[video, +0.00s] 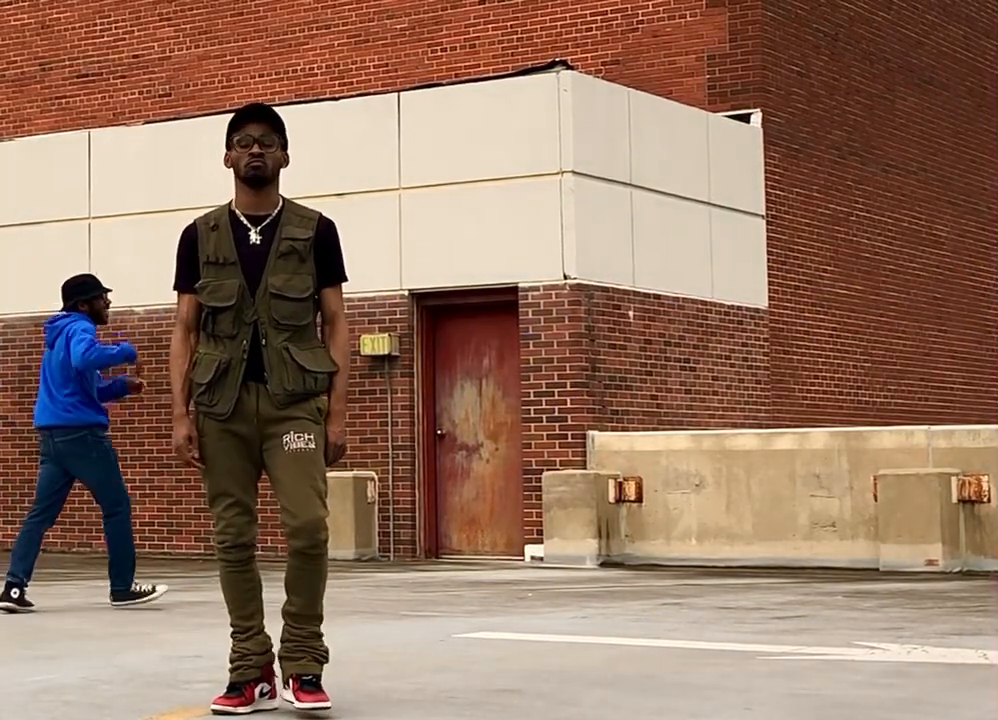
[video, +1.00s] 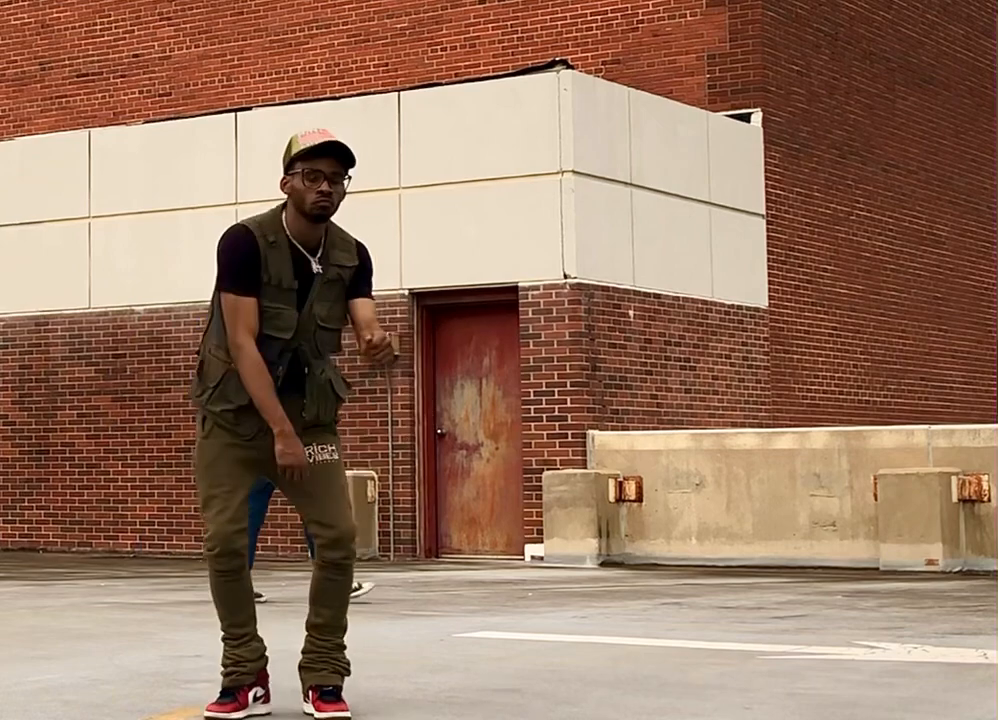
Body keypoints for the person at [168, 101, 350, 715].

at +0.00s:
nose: (255, 151)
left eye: (266, 143)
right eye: (244, 144)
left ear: (284, 156)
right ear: (228, 158)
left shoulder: (314, 229)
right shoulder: (199, 234)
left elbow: (336, 320)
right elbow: (184, 328)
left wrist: (336, 403)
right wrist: (180, 411)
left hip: (296, 403)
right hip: (221, 405)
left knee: (309, 529)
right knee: (232, 540)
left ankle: (303, 664)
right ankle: (249, 668)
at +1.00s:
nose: (324, 188)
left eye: (335, 180)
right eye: (312, 177)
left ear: (346, 188)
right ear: (286, 181)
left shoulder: (352, 256)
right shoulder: (244, 243)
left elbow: (366, 324)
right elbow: (242, 346)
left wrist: (378, 342)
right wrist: (282, 430)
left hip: (310, 415)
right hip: (234, 414)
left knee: (337, 542)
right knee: (224, 544)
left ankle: (324, 677)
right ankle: (244, 674)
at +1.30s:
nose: (281, 163)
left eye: (292, 156)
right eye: (269, 156)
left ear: (309, 169)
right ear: (253, 169)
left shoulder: (341, 246)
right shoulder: (220, 240)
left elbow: (350, 345)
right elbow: (206, 333)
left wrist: (328, 423)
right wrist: (237, 412)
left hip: (313, 415)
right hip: (235, 414)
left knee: (342, 533)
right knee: (226, 541)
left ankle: (327, 671)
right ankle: (245, 674)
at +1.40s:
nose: (280, 150)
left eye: (292, 143)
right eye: (268, 144)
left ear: (311, 157)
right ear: (254, 160)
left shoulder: (346, 231)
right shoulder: (225, 229)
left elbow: (363, 326)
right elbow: (203, 315)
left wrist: (332, 397)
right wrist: (207, 389)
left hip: (320, 404)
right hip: (242, 404)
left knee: (339, 537)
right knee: (233, 537)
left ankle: (329, 673)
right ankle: (245, 671)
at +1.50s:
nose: (284, 163)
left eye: (295, 155)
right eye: (272, 157)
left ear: (315, 168)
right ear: (260, 172)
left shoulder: (353, 238)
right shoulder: (234, 242)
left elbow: (375, 325)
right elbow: (204, 313)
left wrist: (338, 392)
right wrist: (190, 367)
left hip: (331, 413)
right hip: (251, 413)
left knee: (342, 550)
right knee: (231, 543)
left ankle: (329, 677)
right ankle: (246, 673)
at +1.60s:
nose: (294, 169)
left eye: (305, 161)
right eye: (282, 163)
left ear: (323, 175)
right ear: (266, 179)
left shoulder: (358, 245)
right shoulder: (241, 252)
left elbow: (368, 320)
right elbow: (226, 322)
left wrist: (349, 385)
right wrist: (213, 366)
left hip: (338, 414)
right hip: (260, 415)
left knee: (351, 551)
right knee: (236, 544)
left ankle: (330, 677)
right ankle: (248, 672)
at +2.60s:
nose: (286, 171)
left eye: (297, 167)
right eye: (277, 160)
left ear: (306, 179)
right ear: (255, 165)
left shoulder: (316, 230)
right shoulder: (223, 224)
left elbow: (341, 242)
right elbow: (200, 265)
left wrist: (335, 218)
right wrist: (271, 282)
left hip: (320, 396)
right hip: (250, 399)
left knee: (344, 524)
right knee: (251, 530)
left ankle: (320, 649)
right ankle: (254, 665)